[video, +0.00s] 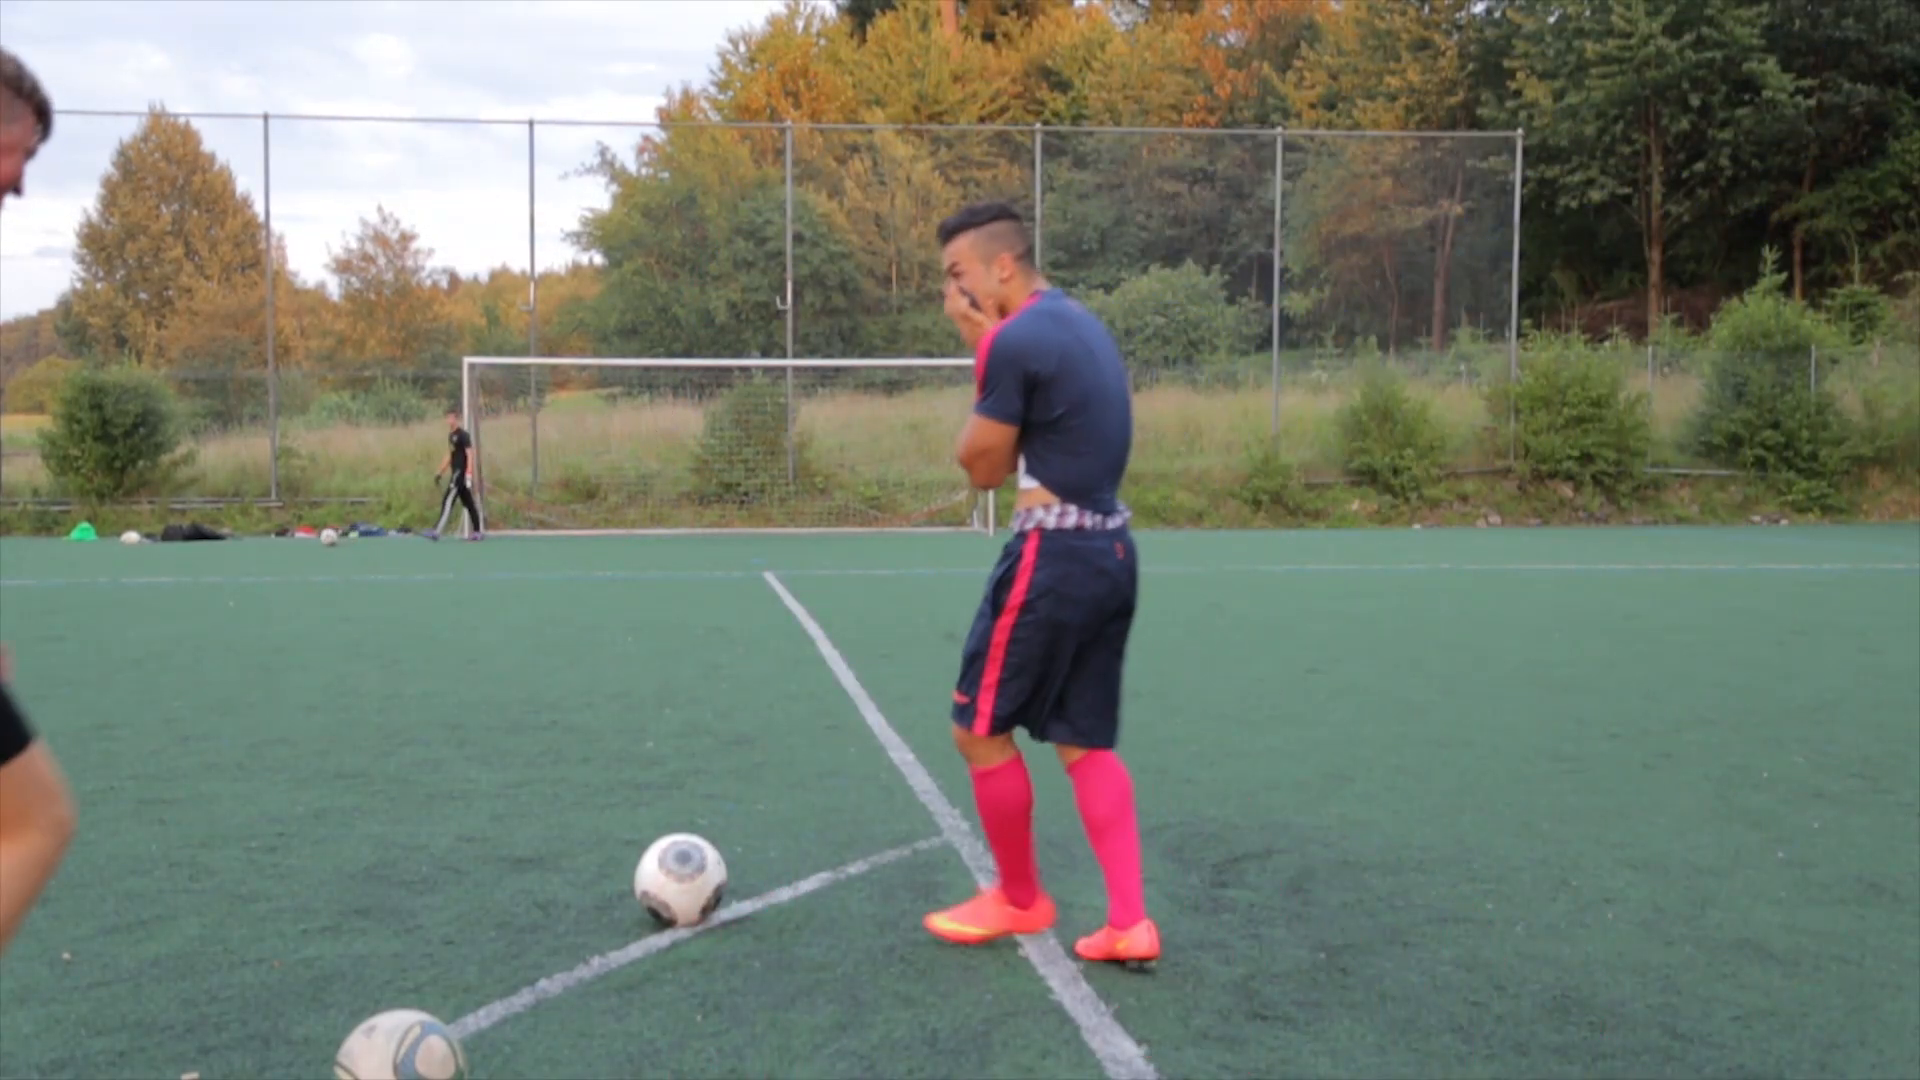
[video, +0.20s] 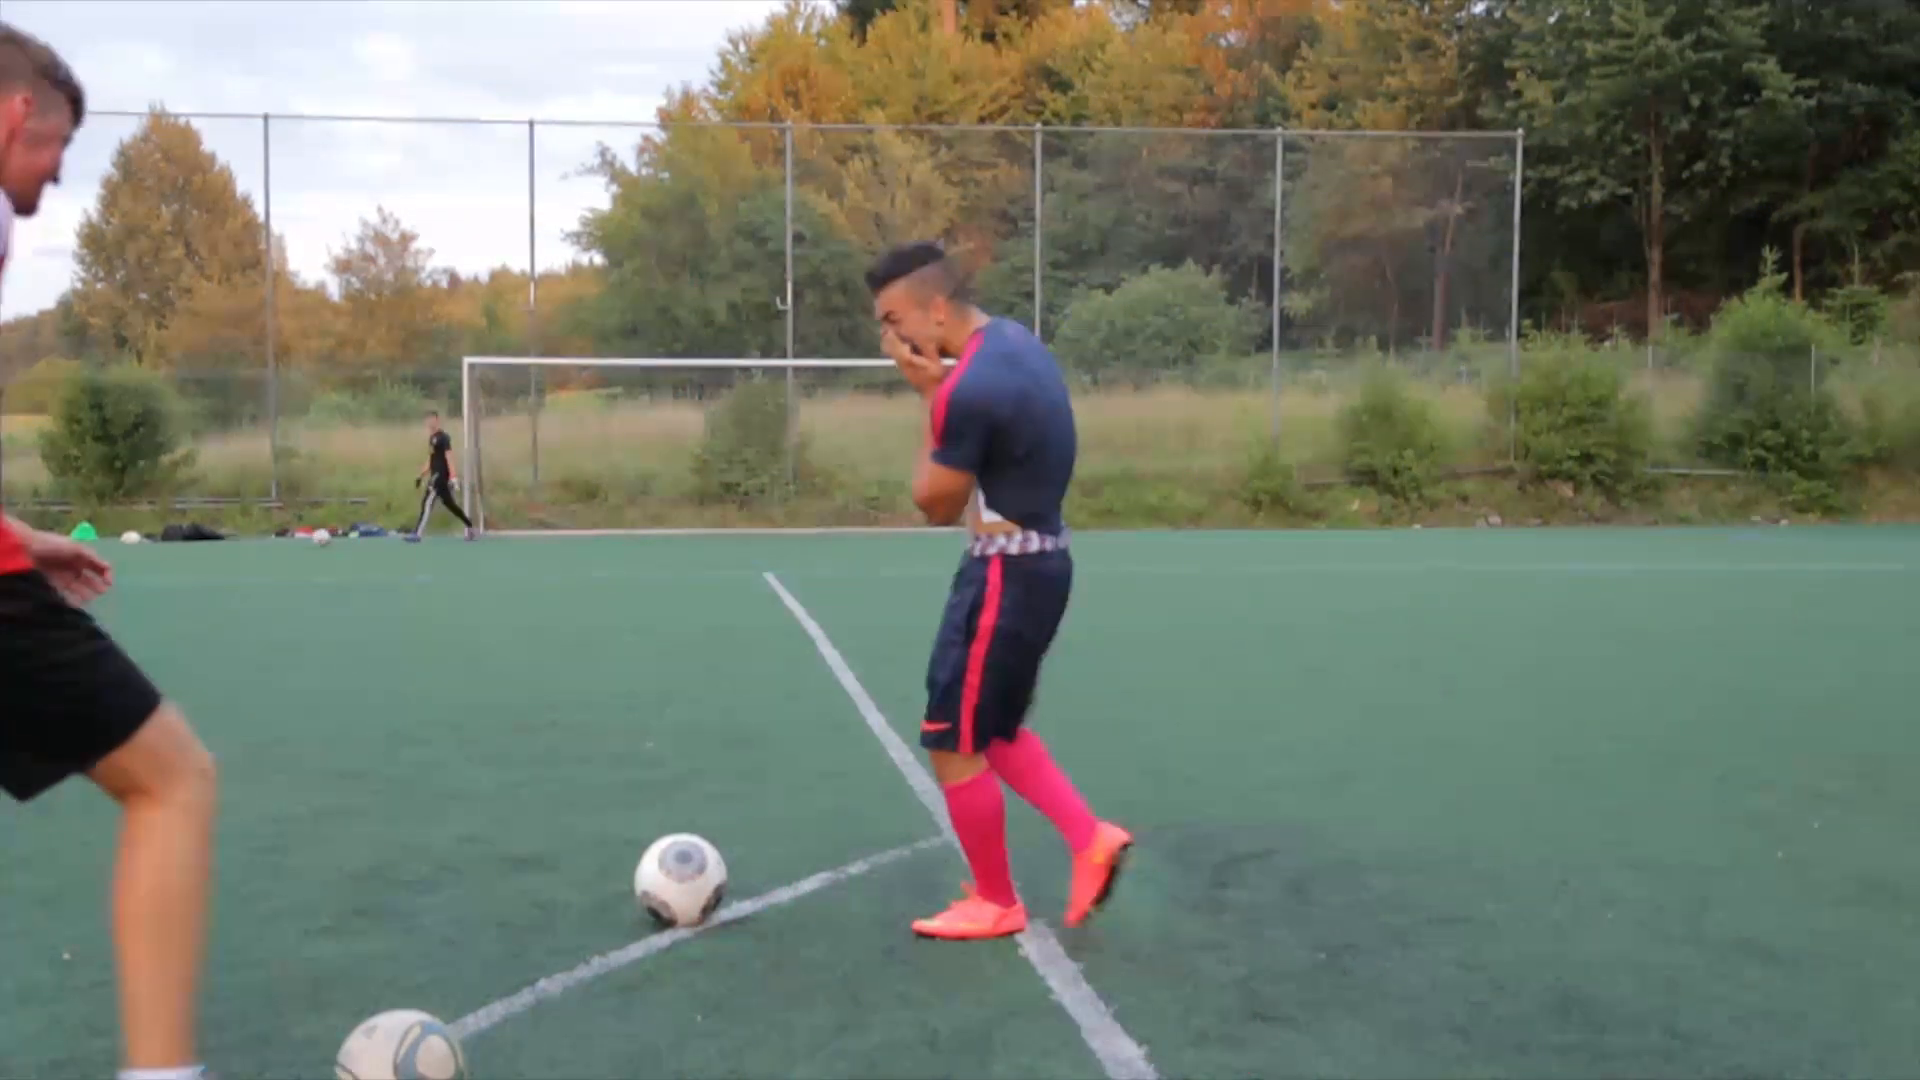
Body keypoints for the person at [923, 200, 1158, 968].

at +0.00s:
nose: (954, 291)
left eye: (960, 274)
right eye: (951, 277)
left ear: (1004, 266)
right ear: (1016, 271)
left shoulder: (1021, 338)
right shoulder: (1080, 323)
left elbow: (983, 466)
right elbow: (1042, 434)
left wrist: (985, 351)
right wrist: (987, 342)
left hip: (1049, 555)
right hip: (1108, 552)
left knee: (978, 725)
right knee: (1083, 734)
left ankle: (1019, 898)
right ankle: (1129, 919)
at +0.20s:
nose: (893, 339)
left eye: (895, 321)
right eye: (886, 325)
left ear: (938, 307)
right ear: (945, 308)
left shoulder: (975, 385)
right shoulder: (1012, 344)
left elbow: (937, 504)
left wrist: (935, 399)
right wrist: (939, 390)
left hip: (1005, 572)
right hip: (1035, 563)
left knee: (951, 743)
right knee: (997, 728)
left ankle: (996, 900)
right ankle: (1089, 837)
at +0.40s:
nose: (856, 317)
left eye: (861, 299)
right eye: (846, 305)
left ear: (903, 288)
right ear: (860, 306)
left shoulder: (955, 352)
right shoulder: (905, 349)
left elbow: (918, 478)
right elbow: (879, 457)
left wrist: (891, 375)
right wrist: (875, 368)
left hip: (984, 552)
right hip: (931, 548)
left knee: (971, 726)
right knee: (890, 708)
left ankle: (999, 898)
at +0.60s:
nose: (826, 335)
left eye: (834, 316)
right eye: (810, 326)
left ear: (865, 300)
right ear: (799, 327)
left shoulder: (930, 357)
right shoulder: (809, 368)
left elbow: (913, 477)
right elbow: (828, 482)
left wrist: (864, 384)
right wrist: (832, 386)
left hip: (943, 550)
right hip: (875, 555)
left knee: (927, 733)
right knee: (843, 724)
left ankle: (985, 884)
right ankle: (845, 890)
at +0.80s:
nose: (819, 312)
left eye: (831, 296)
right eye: (802, 302)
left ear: (855, 280)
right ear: (784, 297)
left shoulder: (910, 342)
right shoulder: (770, 351)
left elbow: (902, 463)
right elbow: (791, 468)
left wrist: (852, 368)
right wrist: (814, 371)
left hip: (915, 544)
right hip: (835, 556)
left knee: (920, 715)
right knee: (830, 729)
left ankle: (906, 873)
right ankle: (842, 890)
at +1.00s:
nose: (832, 336)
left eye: (845, 319)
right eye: (814, 323)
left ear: (866, 299)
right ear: (791, 310)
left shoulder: (912, 364)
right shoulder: (766, 357)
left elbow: (900, 487)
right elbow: (777, 480)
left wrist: (857, 392)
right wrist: (817, 391)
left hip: (897, 566)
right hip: (812, 573)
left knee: (885, 734)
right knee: (817, 744)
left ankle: (861, 921)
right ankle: (834, 890)